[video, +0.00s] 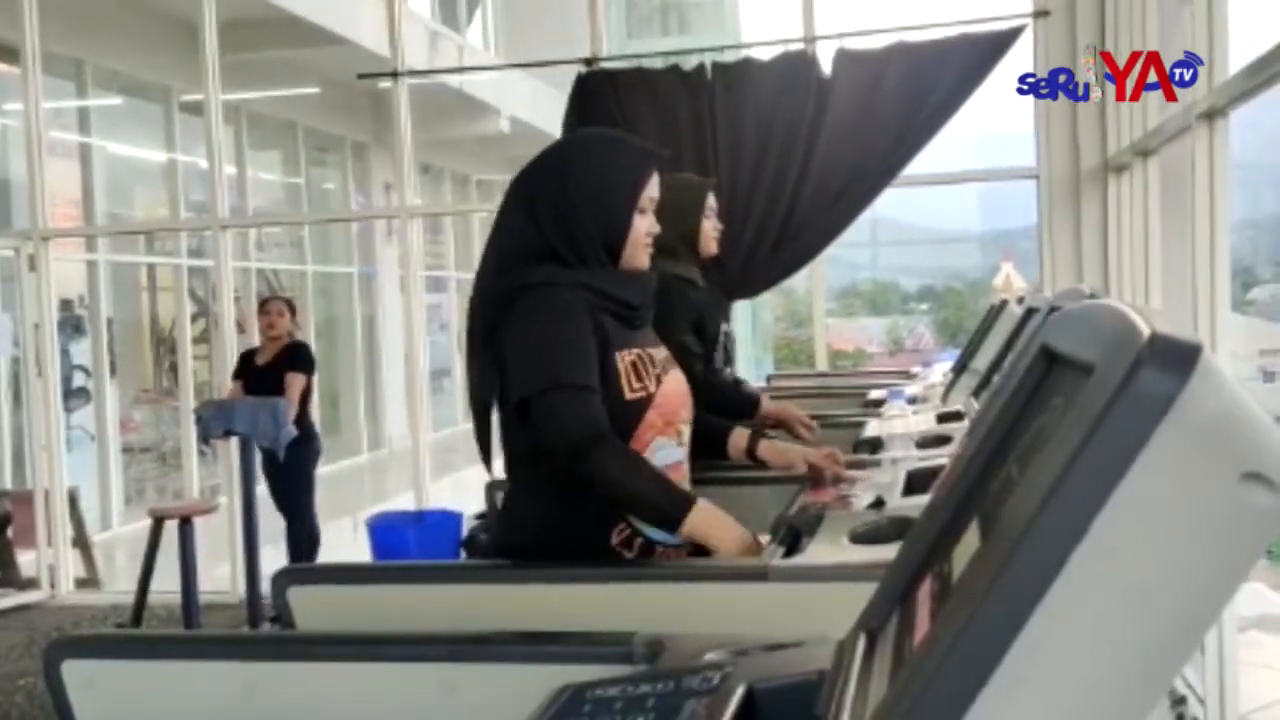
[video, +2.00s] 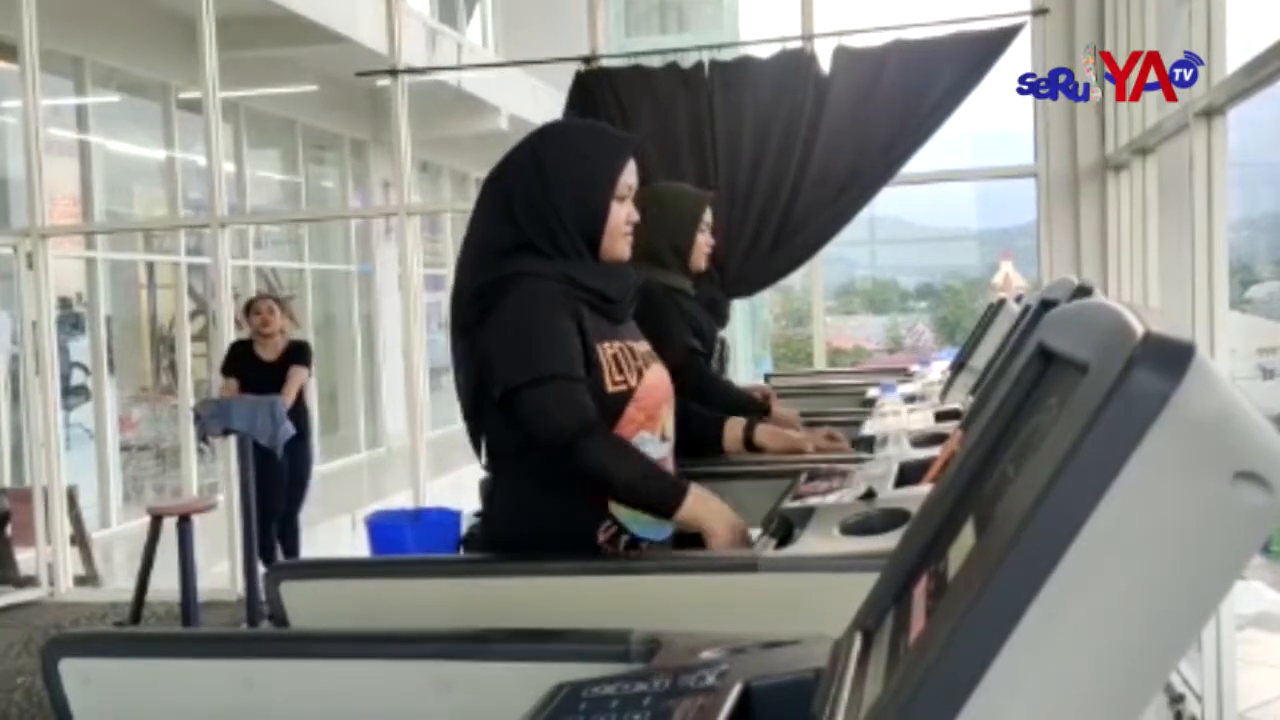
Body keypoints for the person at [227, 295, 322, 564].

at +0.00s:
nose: (272, 319)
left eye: (279, 314)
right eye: (266, 314)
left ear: (291, 321)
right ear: (259, 320)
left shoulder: (298, 351)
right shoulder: (248, 358)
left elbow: (293, 395)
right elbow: (235, 396)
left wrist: (282, 428)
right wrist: (218, 420)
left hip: (299, 436)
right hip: (267, 439)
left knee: (300, 509)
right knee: (289, 510)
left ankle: (302, 572)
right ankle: (299, 571)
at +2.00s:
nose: (264, 318)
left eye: (270, 312)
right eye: (257, 314)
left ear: (282, 317)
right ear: (248, 321)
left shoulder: (298, 350)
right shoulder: (239, 350)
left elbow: (291, 389)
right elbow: (229, 393)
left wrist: (273, 418)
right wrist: (242, 417)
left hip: (293, 431)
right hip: (254, 431)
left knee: (288, 506)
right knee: (262, 504)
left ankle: (292, 568)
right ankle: (269, 567)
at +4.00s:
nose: (245, 327)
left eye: (251, 321)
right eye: (242, 322)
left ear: (271, 324)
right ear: (238, 327)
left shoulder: (291, 361)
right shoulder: (230, 362)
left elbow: (283, 403)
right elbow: (218, 404)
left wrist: (263, 432)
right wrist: (210, 429)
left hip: (286, 444)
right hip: (247, 445)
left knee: (286, 513)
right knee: (257, 517)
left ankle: (293, 574)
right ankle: (261, 577)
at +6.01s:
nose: (249, 320)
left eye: (257, 315)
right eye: (247, 315)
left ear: (274, 323)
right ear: (241, 320)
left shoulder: (278, 351)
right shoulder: (237, 357)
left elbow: (279, 393)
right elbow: (224, 393)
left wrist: (269, 428)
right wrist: (206, 417)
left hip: (282, 434)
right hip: (256, 436)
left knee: (279, 511)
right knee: (292, 511)